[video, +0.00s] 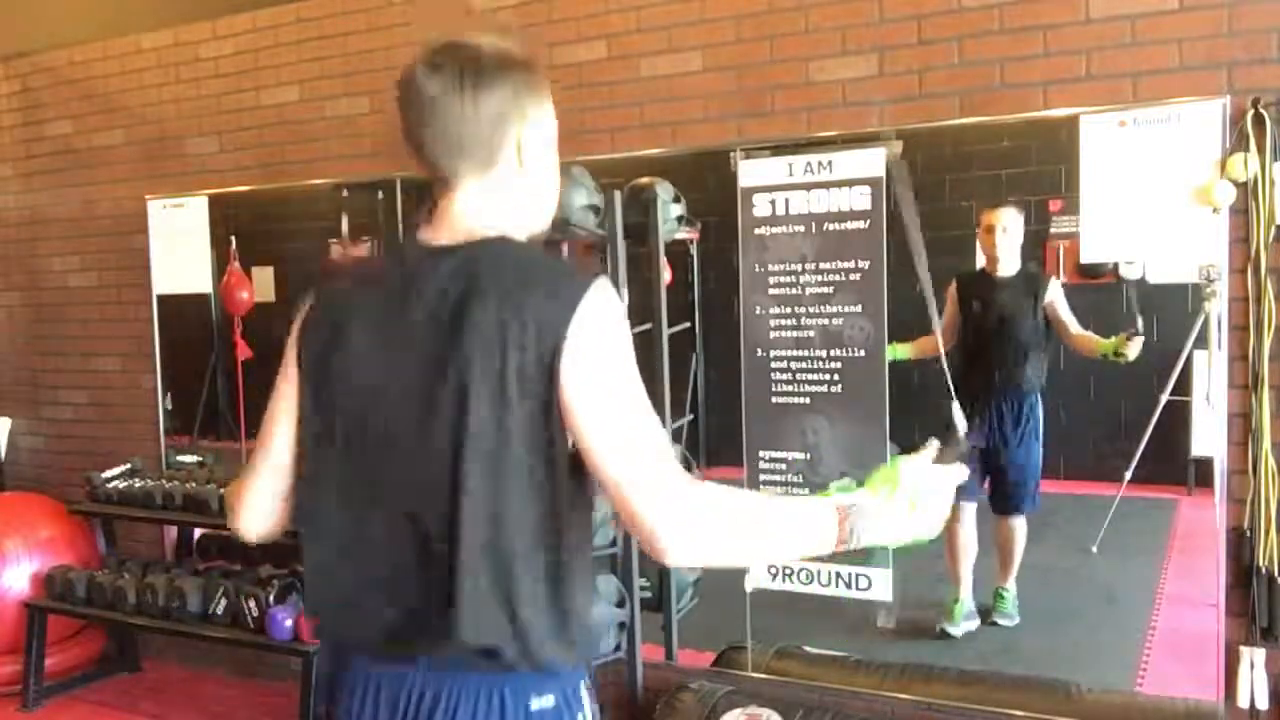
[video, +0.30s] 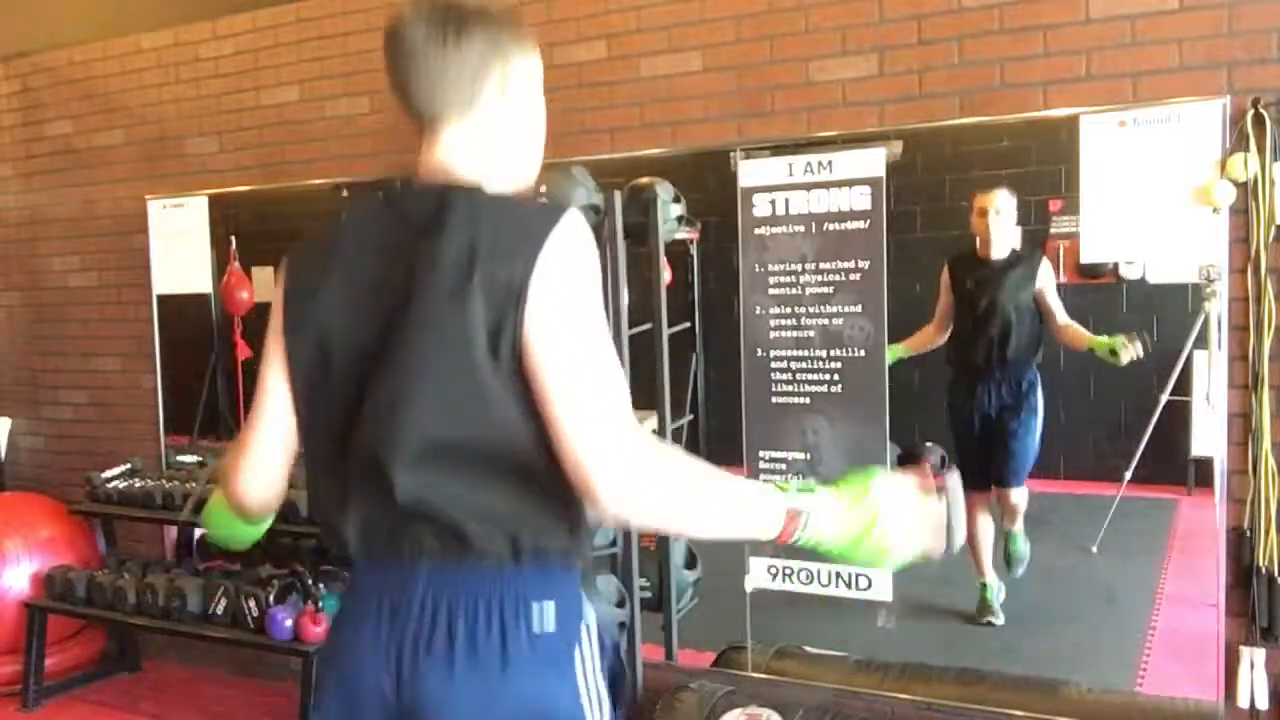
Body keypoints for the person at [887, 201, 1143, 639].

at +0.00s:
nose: (995, 239)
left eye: (1004, 231)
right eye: (989, 230)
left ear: (1021, 236)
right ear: (978, 236)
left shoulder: (1043, 288)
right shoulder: (961, 288)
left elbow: (1075, 337)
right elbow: (943, 341)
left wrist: (1110, 347)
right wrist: (895, 350)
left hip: (1021, 406)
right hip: (968, 404)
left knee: (1011, 506)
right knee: (960, 505)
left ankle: (1006, 592)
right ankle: (962, 603)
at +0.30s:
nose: (986, 221)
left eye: (995, 213)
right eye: (980, 212)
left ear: (1013, 219)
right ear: (971, 218)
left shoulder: (1035, 267)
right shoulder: (956, 269)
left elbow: (1061, 326)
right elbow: (938, 329)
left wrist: (1101, 344)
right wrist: (894, 351)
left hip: (1020, 386)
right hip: (969, 387)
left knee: (1009, 492)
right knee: (976, 495)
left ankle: (1012, 532)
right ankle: (987, 586)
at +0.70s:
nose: (987, 223)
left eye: (997, 214)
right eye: (982, 214)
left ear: (1014, 221)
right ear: (972, 220)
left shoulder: (1036, 269)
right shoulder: (956, 270)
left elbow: (1063, 326)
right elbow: (938, 329)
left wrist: (1101, 345)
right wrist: (898, 352)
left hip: (1023, 386)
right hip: (973, 385)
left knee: (1015, 486)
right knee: (985, 487)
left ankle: (1013, 590)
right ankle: (999, 587)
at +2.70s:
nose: (989, 223)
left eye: (998, 215)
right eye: (983, 214)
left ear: (1015, 223)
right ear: (972, 222)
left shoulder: (1036, 272)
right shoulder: (956, 273)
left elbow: (1057, 326)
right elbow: (939, 331)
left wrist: (1096, 348)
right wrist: (897, 350)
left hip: (1016, 388)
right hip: (967, 387)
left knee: (1007, 491)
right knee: (969, 497)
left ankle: (1008, 589)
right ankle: (1001, 541)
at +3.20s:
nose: (996, 237)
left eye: (1006, 229)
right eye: (988, 228)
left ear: (1021, 235)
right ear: (978, 234)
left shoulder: (1043, 285)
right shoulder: (961, 287)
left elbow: (1085, 332)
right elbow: (920, 334)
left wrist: (1126, 369)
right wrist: (873, 351)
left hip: (1018, 406)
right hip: (968, 404)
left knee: (1012, 503)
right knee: (960, 493)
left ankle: (1009, 589)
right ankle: (970, 589)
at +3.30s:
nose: (995, 211)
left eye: (1005, 203)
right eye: (989, 203)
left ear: (1020, 210)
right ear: (979, 209)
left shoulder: (1039, 259)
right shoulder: (963, 260)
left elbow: (1036, 319)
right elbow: (950, 318)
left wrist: (1006, 359)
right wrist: (966, 361)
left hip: (1015, 365)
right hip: (967, 366)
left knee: (1006, 474)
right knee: (963, 451)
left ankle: (1007, 570)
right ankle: (977, 551)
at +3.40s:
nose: (995, 206)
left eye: (1004, 198)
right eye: (988, 198)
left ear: (1019, 206)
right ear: (979, 205)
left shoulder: (1036, 254)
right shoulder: (960, 257)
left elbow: (1006, 303)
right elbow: (976, 320)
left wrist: (948, 320)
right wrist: (1033, 340)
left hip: (1011, 368)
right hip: (966, 367)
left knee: (997, 462)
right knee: (967, 457)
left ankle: (993, 541)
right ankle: (986, 551)